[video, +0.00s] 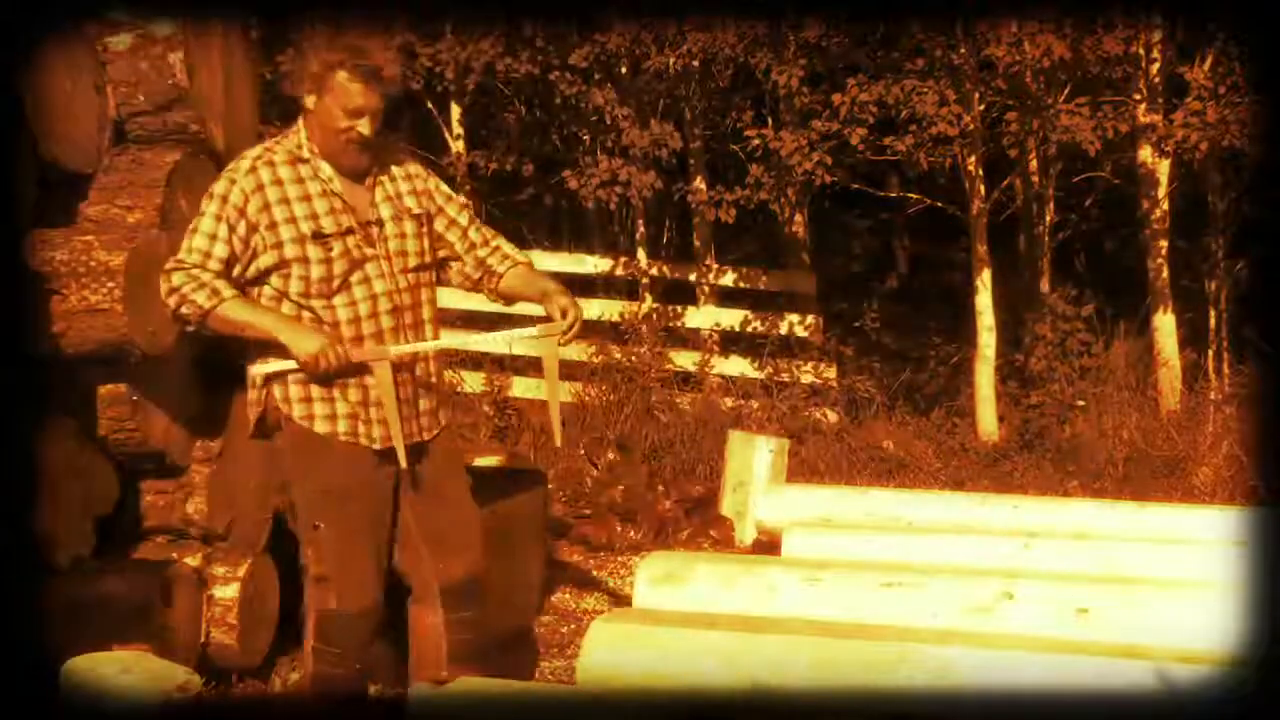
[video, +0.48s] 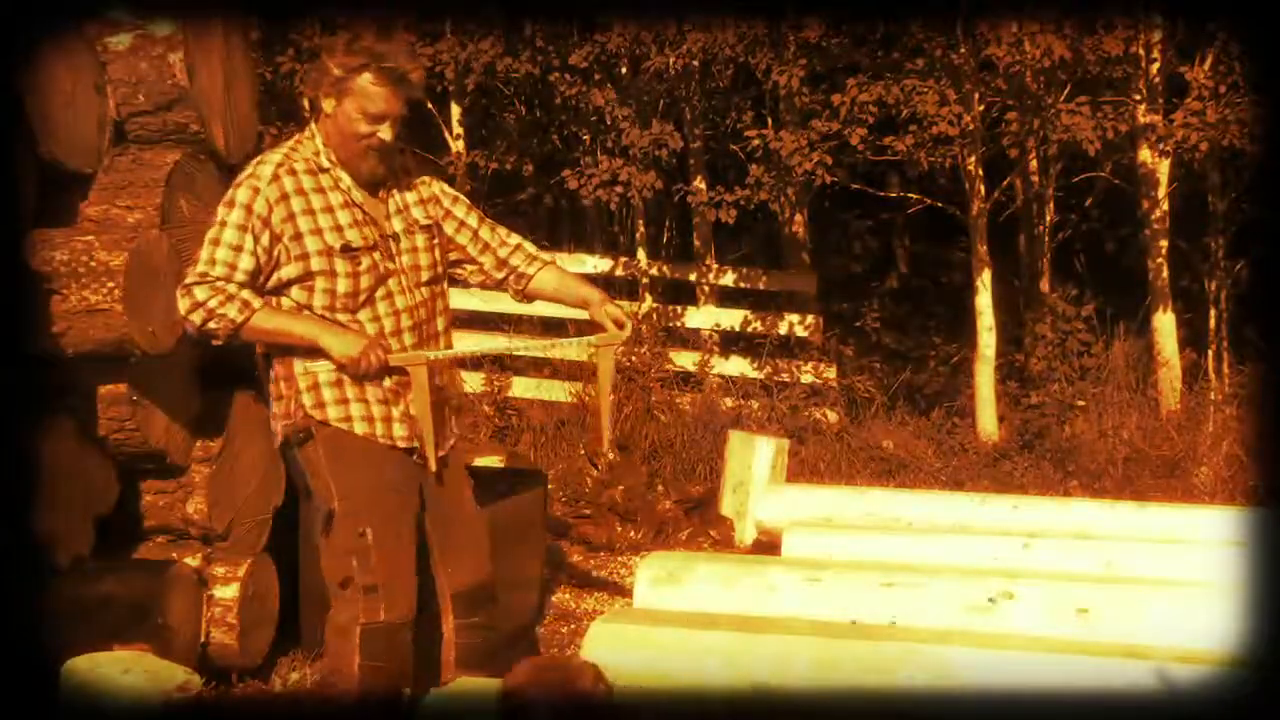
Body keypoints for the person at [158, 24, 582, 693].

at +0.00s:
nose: (365, 131)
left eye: (374, 117)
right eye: (352, 116)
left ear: (387, 109)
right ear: (308, 100)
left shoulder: (406, 175)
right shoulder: (254, 178)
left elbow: (476, 247)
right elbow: (185, 282)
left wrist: (540, 287)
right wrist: (286, 327)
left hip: (419, 421)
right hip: (323, 427)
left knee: (453, 586)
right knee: (349, 603)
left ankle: (443, 709)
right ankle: (335, 716)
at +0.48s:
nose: (386, 135)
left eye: (396, 121)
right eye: (373, 119)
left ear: (404, 115)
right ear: (325, 105)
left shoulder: (417, 187)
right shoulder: (271, 183)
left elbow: (505, 257)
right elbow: (204, 298)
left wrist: (593, 297)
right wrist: (321, 331)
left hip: (429, 425)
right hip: (339, 426)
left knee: (465, 590)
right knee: (377, 604)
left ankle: (455, 719)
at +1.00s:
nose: (335, 110)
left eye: (352, 96)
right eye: (319, 89)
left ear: (369, 108)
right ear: (280, 89)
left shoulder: (383, 188)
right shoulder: (241, 187)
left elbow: (486, 256)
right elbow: (191, 315)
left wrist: (592, 294)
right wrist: (322, 341)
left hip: (407, 436)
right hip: (323, 437)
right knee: (406, 628)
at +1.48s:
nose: (333, 111)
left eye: (351, 97)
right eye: (318, 91)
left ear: (371, 110)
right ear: (284, 92)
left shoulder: (395, 185)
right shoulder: (244, 189)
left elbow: (503, 247)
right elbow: (190, 317)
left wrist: (612, 278)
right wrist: (318, 336)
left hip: (429, 434)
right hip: (340, 437)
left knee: (479, 595)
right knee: (412, 616)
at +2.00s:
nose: (330, 114)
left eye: (348, 101)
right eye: (315, 94)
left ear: (366, 112)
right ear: (281, 93)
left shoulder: (388, 192)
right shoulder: (241, 188)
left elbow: (495, 257)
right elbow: (187, 315)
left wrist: (598, 283)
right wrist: (313, 334)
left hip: (423, 424)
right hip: (338, 423)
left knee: (483, 601)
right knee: (415, 626)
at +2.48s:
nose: (324, 70)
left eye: (322, 63)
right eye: (297, 63)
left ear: (336, 94)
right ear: (259, 104)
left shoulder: (380, 199)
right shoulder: (244, 194)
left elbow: (478, 273)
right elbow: (201, 324)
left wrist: (579, 291)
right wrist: (334, 338)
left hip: (431, 421)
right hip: (348, 423)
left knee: (494, 605)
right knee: (427, 625)